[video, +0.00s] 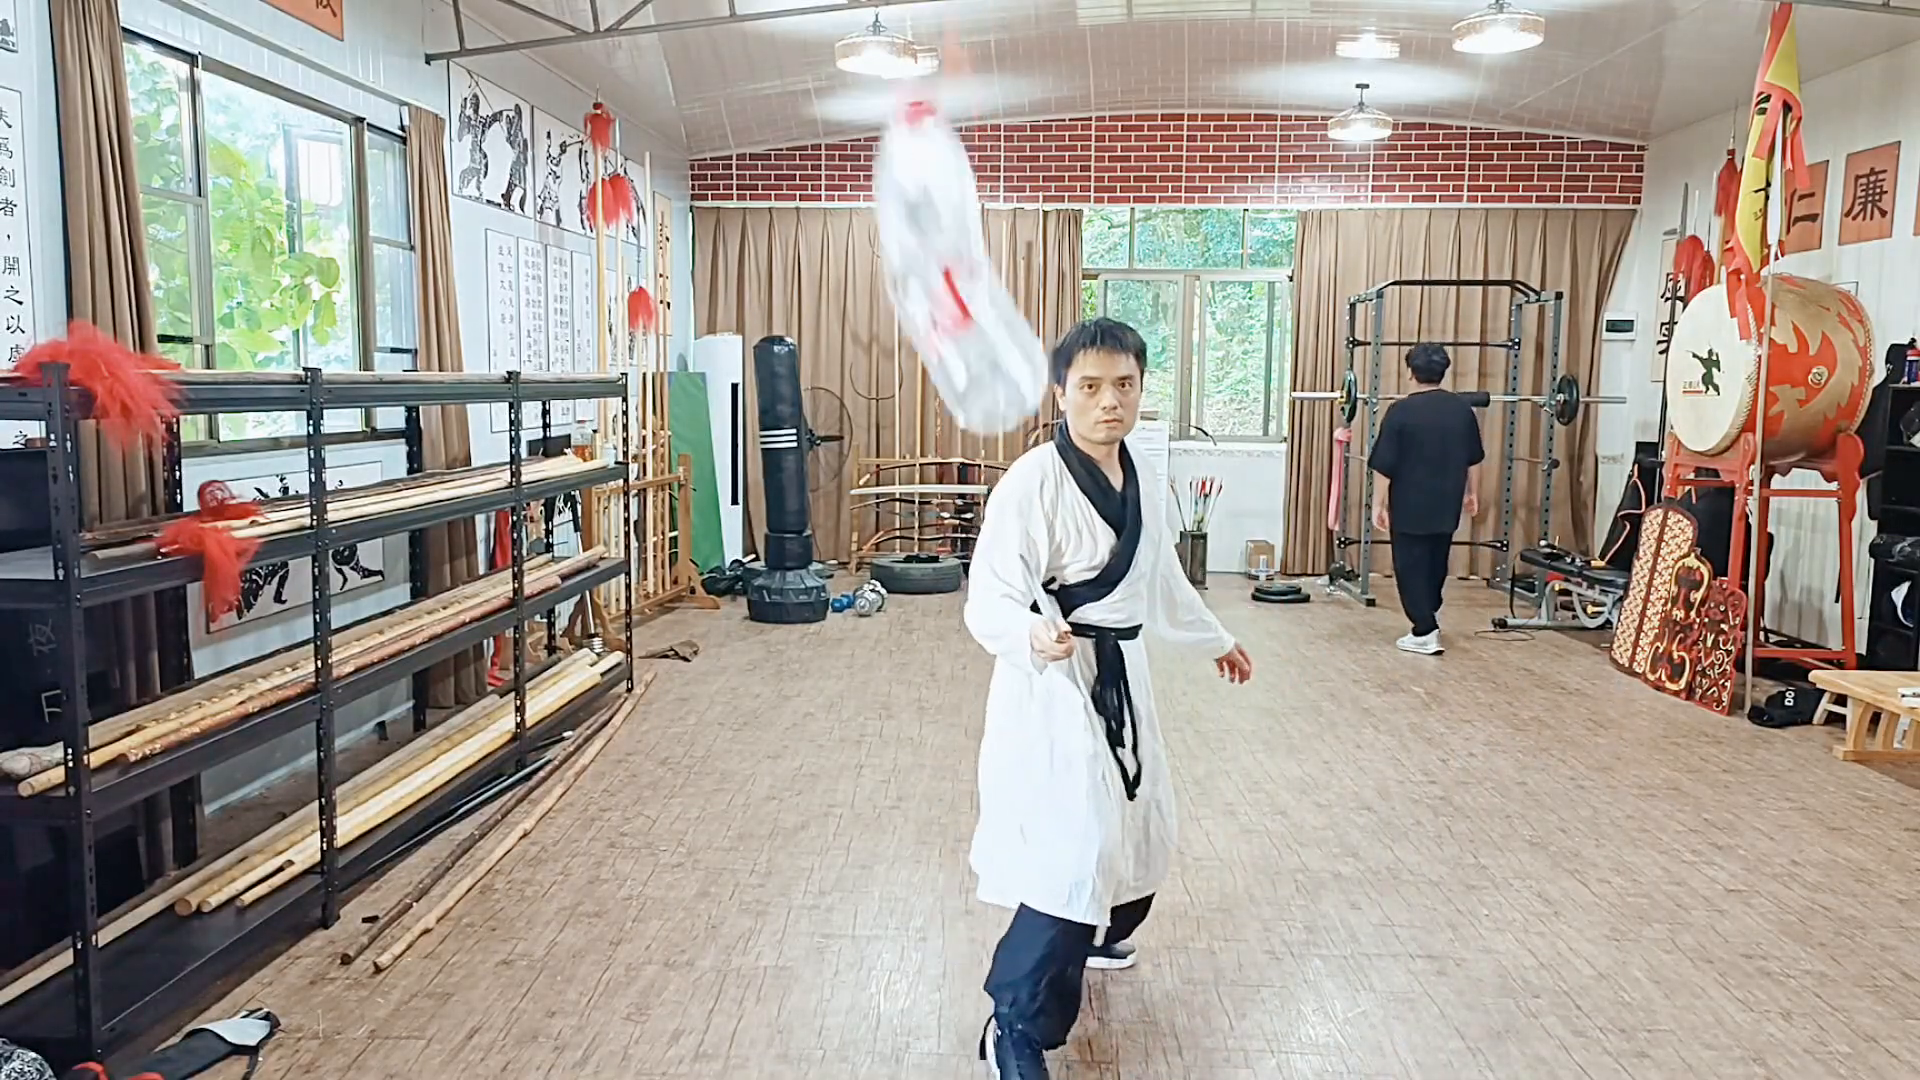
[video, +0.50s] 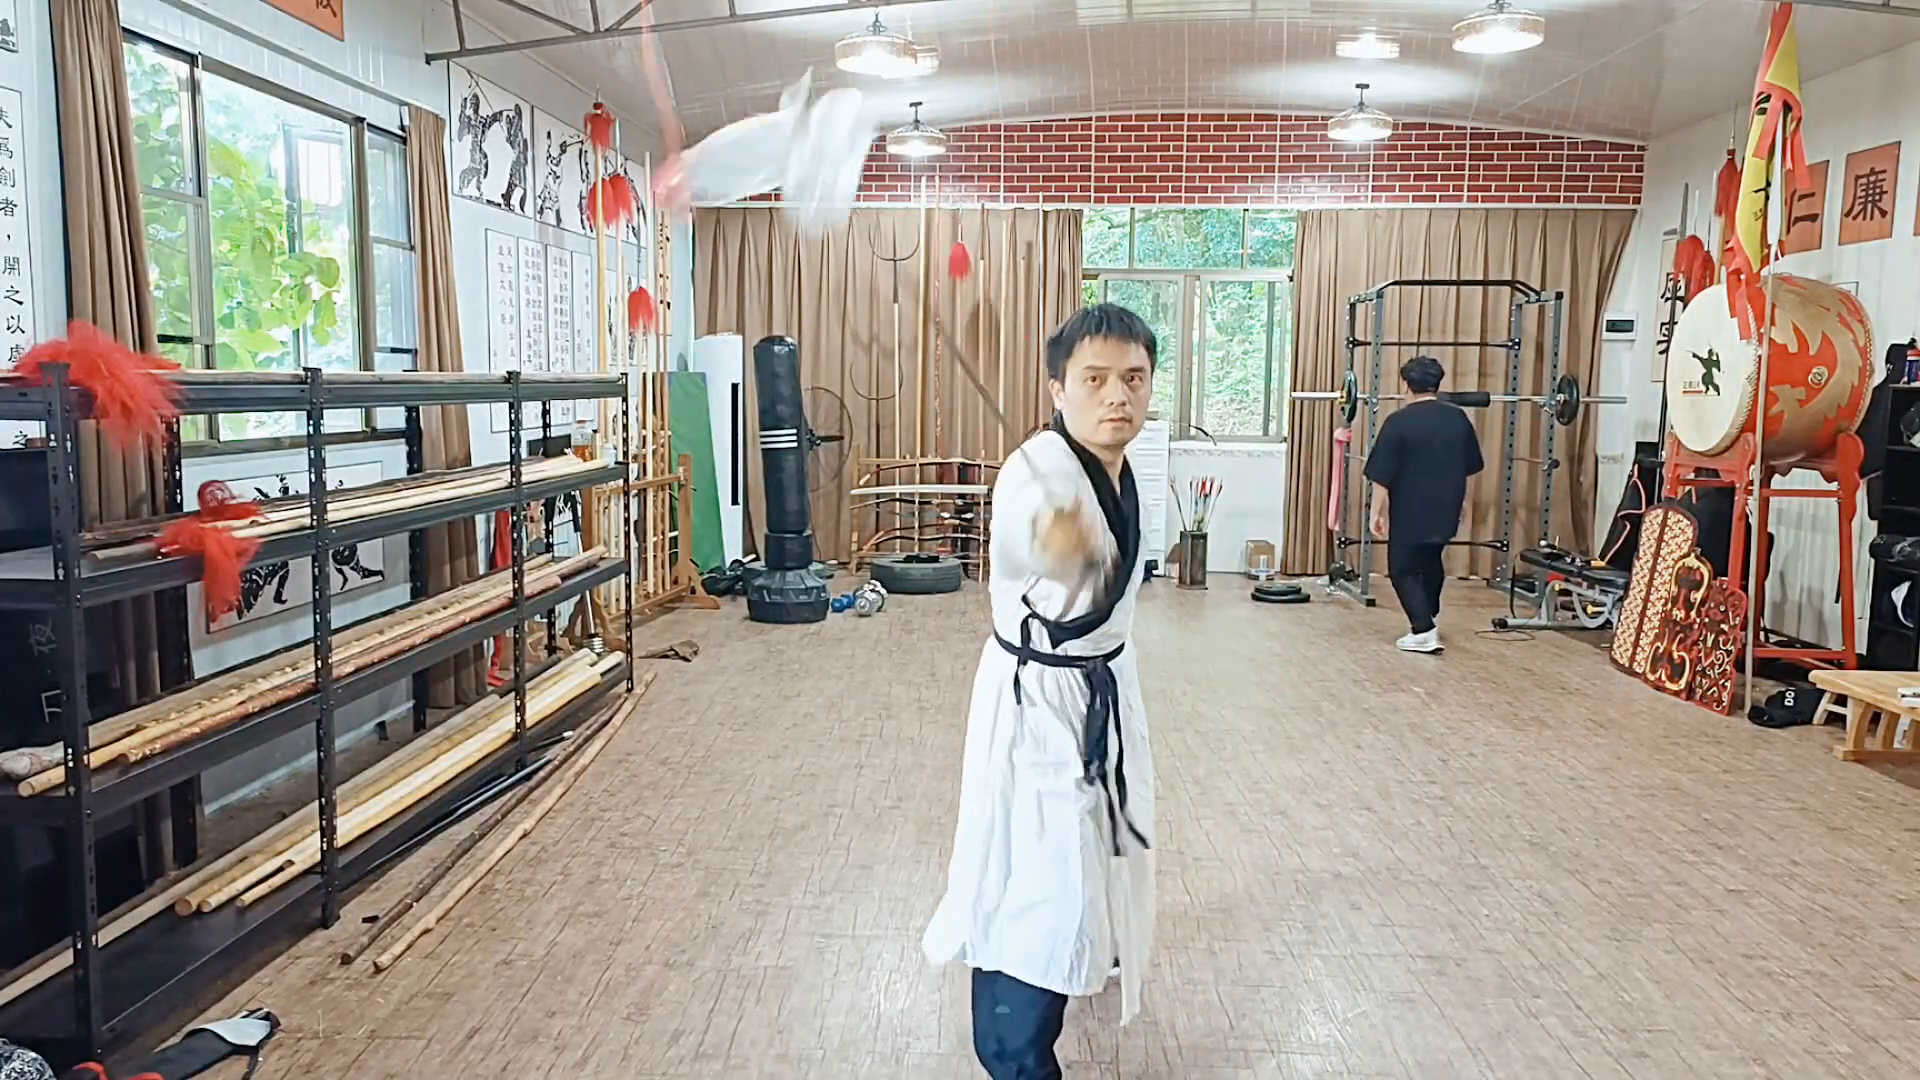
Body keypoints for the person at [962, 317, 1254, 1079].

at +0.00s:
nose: (1110, 401)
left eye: (1124, 385)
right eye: (1091, 386)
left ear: (1141, 390)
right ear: (1060, 393)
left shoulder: (1145, 466)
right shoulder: (1031, 483)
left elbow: (1160, 573)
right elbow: (988, 599)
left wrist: (1217, 639)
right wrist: (1032, 633)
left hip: (1125, 672)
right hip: (1053, 681)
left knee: (1138, 816)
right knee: (1076, 850)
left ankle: (1099, 933)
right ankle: (1015, 1033)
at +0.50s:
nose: (1118, 395)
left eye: (1134, 376)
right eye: (1096, 377)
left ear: (1150, 388)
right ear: (1058, 389)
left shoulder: (1134, 467)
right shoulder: (1033, 473)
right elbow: (1029, 539)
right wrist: (1059, 542)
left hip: (1106, 686)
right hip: (1035, 696)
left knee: (1087, 863)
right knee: (1041, 878)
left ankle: (1033, 1041)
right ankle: (1015, 1050)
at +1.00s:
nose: (1119, 386)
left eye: (1133, 372)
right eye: (1100, 372)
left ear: (1149, 388)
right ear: (1067, 387)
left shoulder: (1136, 471)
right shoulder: (1032, 486)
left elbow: (1131, 578)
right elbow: (979, 606)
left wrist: (1168, 650)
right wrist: (1003, 684)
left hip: (1118, 682)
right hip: (1048, 688)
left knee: (1127, 827)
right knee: (1032, 863)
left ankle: (1083, 945)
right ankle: (1027, 1061)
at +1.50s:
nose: (1100, 372)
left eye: (1109, 358)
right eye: (1081, 361)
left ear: (1122, 368)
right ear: (1050, 374)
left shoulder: (1110, 451)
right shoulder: (1027, 462)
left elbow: (1115, 552)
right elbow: (1004, 573)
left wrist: (1166, 604)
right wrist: (1058, 617)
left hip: (1100, 657)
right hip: (1046, 669)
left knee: (1093, 783)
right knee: (1059, 815)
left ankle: (1077, 881)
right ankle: (1034, 979)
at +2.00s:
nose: (1142, 403)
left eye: (1149, 384)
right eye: (1118, 386)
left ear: (1158, 392)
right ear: (1065, 405)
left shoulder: (1112, 483)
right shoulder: (1064, 490)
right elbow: (1146, 510)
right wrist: (1213, 507)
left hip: (1105, 713)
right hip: (1053, 728)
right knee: (1068, 976)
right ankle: (1030, 1065)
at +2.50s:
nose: (1185, 404)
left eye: (1198, 388)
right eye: (1164, 388)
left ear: (1213, 399)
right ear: (1126, 401)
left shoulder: (1183, 489)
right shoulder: (1091, 496)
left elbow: (1162, 587)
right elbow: (1034, 619)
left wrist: (1181, 650)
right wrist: (1075, 671)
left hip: (1155, 707)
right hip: (1087, 721)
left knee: (1180, 858)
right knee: (1072, 896)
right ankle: (1038, 1057)